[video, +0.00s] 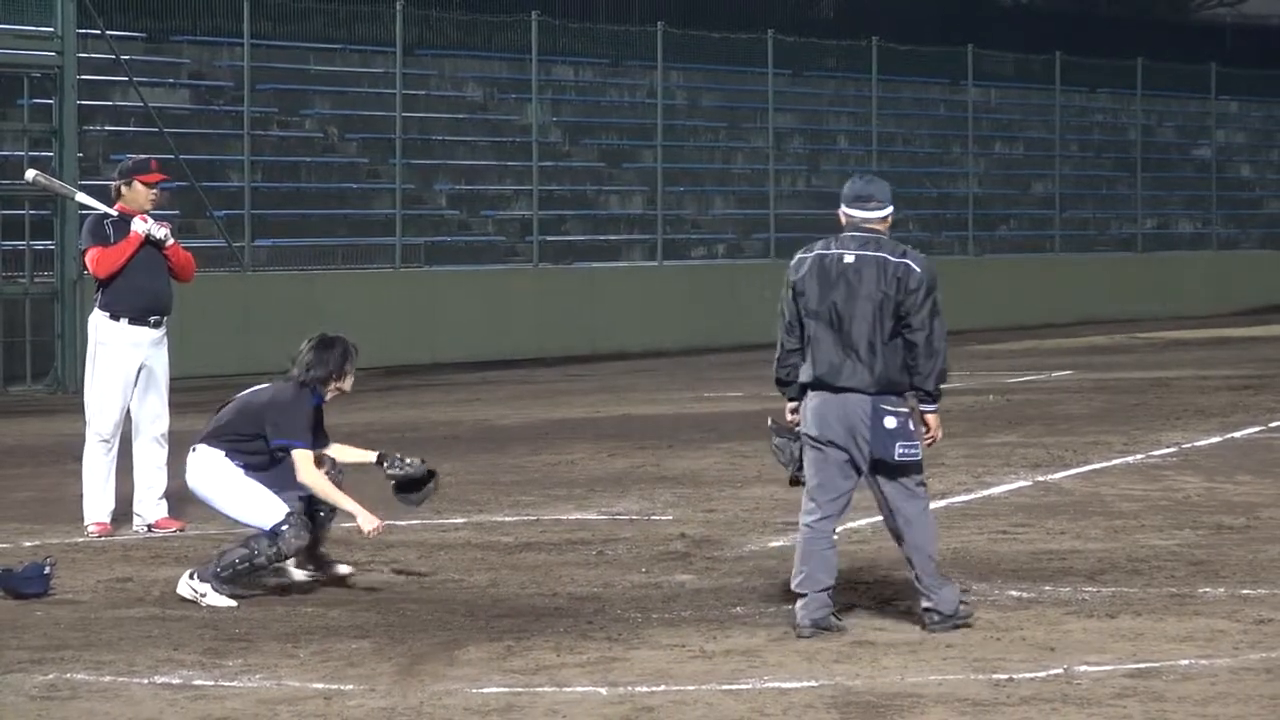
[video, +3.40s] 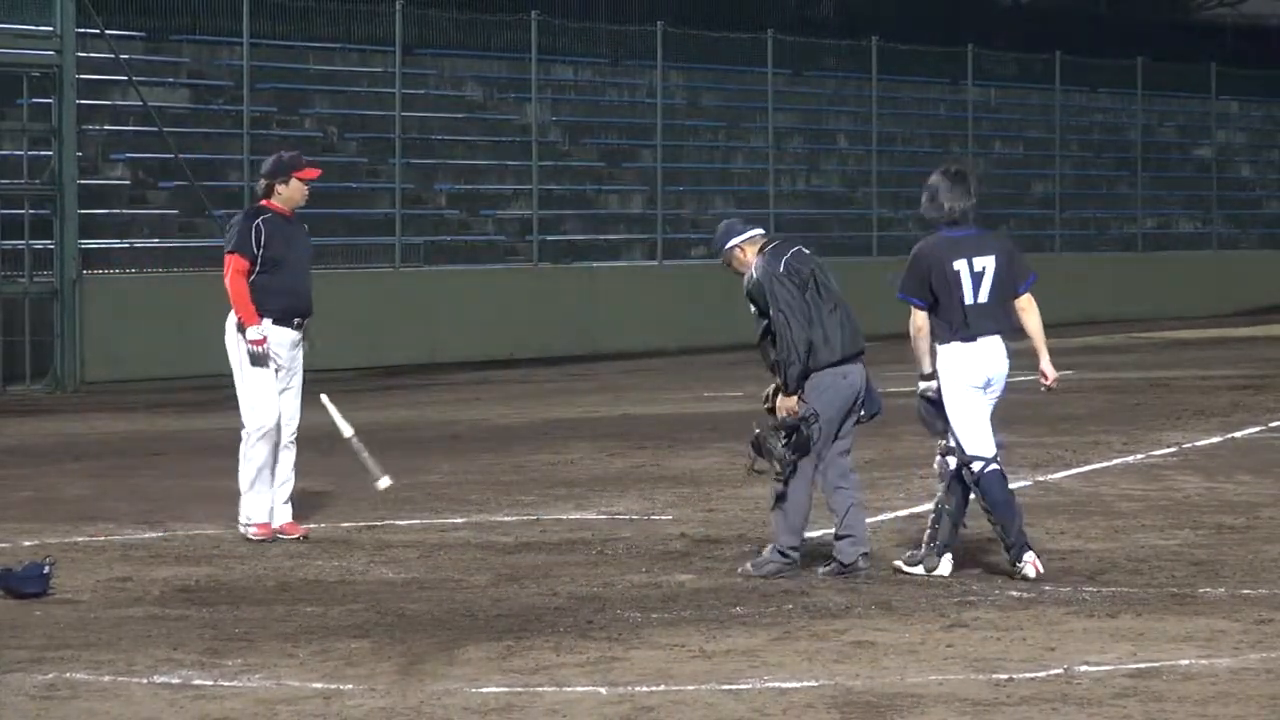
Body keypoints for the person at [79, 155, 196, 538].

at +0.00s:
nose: (156, 192)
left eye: (157, 187)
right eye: (149, 186)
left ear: (148, 190)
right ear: (125, 187)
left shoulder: (156, 228)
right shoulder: (100, 222)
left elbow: (187, 271)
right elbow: (99, 267)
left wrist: (167, 242)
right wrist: (137, 236)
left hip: (155, 335)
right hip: (114, 333)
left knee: (153, 427)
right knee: (104, 428)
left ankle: (151, 513)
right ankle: (98, 517)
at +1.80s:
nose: (198, 191)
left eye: (198, 185)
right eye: (192, 185)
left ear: (180, 188)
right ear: (169, 187)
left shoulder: (188, 230)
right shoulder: (140, 220)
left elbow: (210, 283)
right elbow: (126, 269)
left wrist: (209, 265)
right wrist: (178, 253)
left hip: (178, 334)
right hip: (143, 328)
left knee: (168, 424)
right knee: (150, 418)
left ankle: (157, 509)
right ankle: (140, 511)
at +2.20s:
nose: (211, 188)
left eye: (210, 182)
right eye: (204, 183)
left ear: (191, 188)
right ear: (182, 187)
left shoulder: (205, 231)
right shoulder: (157, 225)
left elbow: (216, 276)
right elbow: (136, 277)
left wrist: (233, 311)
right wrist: (174, 311)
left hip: (197, 331)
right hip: (160, 330)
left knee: (180, 425)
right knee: (170, 424)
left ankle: (149, 509)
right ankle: (180, 514)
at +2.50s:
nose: (222, 188)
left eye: (221, 182)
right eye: (216, 182)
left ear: (203, 186)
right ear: (193, 186)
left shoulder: (215, 227)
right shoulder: (167, 225)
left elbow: (219, 276)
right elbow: (153, 281)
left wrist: (228, 316)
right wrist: (176, 325)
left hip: (215, 337)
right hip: (178, 336)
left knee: (221, 421)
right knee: (175, 427)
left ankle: (192, 502)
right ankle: (178, 514)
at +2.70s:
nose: (236, 191)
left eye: (236, 185)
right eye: (231, 185)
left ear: (217, 187)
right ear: (210, 186)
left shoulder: (221, 229)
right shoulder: (182, 227)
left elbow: (222, 283)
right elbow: (168, 286)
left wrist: (239, 325)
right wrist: (179, 343)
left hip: (230, 337)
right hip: (193, 338)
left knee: (241, 427)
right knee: (182, 431)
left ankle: (244, 513)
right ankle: (181, 516)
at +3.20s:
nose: (293, 191)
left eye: (293, 185)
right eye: (287, 184)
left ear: (274, 187)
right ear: (265, 186)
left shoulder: (279, 229)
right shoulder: (236, 224)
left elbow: (275, 279)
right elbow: (219, 278)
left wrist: (283, 326)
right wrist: (237, 334)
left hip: (281, 339)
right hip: (243, 337)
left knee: (278, 432)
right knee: (237, 424)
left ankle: (275, 518)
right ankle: (204, 496)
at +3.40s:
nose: (309, 188)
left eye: (308, 182)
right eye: (303, 182)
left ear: (291, 185)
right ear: (280, 185)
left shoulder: (297, 227)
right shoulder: (251, 221)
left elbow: (292, 278)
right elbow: (234, 276)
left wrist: (298, 327)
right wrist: (251, 326)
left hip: (290, 336)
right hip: (257, 333)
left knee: (287, 429)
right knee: (262, 424)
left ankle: (280, 514)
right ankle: (254, 515)